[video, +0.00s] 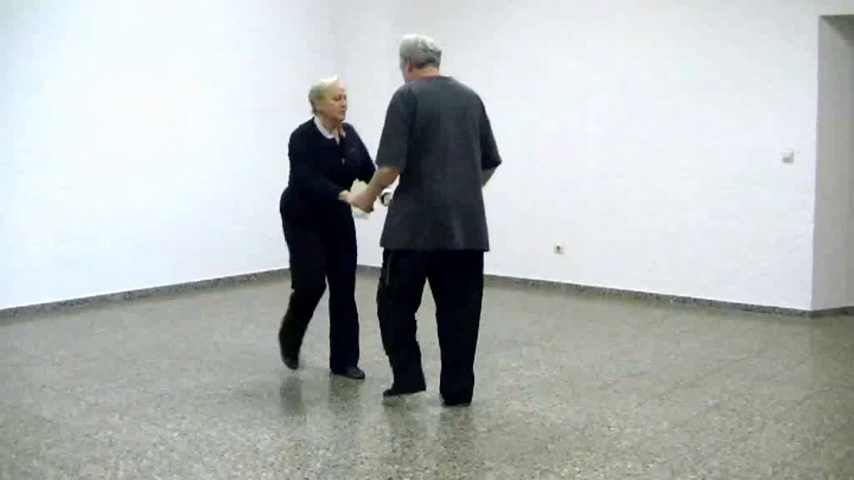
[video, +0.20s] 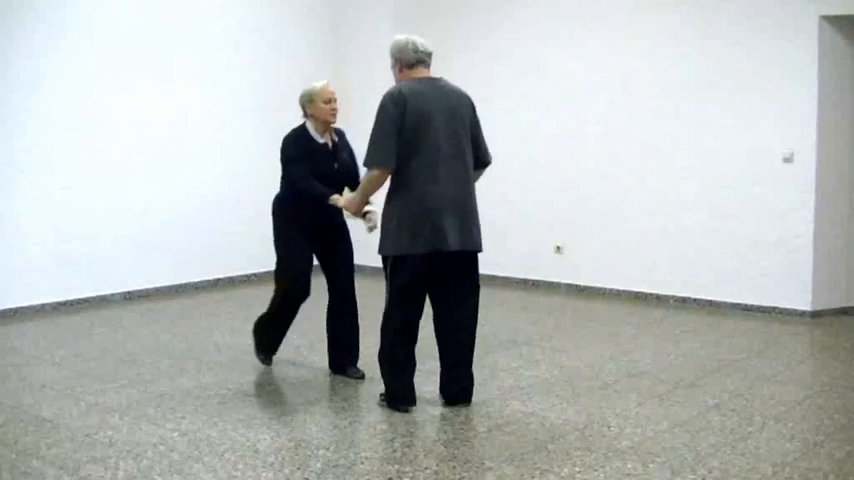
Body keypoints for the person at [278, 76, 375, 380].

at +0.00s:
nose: (344, 104)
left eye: (345, 98)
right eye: (338, 99)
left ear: (344, 102)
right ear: (319, 104)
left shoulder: (349, 135)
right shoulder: (302, 137)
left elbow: (366, 171)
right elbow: (304, 180)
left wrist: (380, 187)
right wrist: (345, 196)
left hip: (337, 216)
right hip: (302, 217)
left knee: (343, 290)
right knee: (311, 284)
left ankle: (344, 362)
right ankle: (289, 340)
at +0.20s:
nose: (334, 107)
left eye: (335, 102)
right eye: (328, 102)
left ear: (335, 106)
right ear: (309, 108)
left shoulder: (339, 138)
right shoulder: (294, 141)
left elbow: (351, 180)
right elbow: (298, 183)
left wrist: (363, 208)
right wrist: (334, 199)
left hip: (329, 218)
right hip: (294, 219)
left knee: (343, 288)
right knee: (295, 288)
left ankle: (343, 362)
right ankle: (265, 338)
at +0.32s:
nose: (320, 113)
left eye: (321, 108)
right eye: (314, 108)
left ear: (320, 112)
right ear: (295, 113)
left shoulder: (323, 144)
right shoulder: (280, 146)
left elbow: (328, 187)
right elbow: (282, 187)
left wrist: (338, 220)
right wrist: (315, 201)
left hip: (317, 222)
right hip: (282, 223)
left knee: (336, 284)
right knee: (278, 282)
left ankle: (344, 361)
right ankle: (255, 346)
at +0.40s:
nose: (309, 113)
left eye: (310, 108)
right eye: (302, 109)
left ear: (310, 113)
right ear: (284, 114)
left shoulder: (311, 143)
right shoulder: (269, 146)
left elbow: (314, 179)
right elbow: (271, 186)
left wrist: (322, 197)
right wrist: (306, 195)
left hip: (308, 223)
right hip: (273, 225)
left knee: (327, 287)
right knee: (265, 287)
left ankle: (344, 359)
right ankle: (253, 349)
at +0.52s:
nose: (296, 108)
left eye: (297, 103)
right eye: (289, 104)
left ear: (297, 108)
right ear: (271, 110)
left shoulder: (298, 136)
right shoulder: (257, 141)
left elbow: (303, 171)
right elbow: (258, 182)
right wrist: (291, 180)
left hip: (295, 219)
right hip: (260, 222)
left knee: (315, 282)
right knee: (256, 287)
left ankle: (326, 350)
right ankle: (252, 351)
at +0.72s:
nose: (284, 105)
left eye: (284, 101)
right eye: (277, 102)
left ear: (285, 105)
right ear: (260, 108)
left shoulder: (287, 135)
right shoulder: (247, 139)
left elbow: (293, 175)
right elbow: (246, 179)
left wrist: (311, 203)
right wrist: (279, 176)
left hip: (282, 215)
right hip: (249, 218)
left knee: (296, 277)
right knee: (250, 284)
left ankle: (276, 332)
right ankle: (250, 349)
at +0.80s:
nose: (281, 108)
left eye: (281, 104)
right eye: (274, 105)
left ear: (282, 108)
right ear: (256, 111)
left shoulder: (284, 137)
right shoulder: (245, 143)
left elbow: (293, 175)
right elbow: (246, 181)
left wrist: (312, 202)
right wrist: (277, 179)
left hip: (280, 220)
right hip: (248, 223)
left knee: (286, 284)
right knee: (251, 286)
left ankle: (267, 339)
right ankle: (250, 349)